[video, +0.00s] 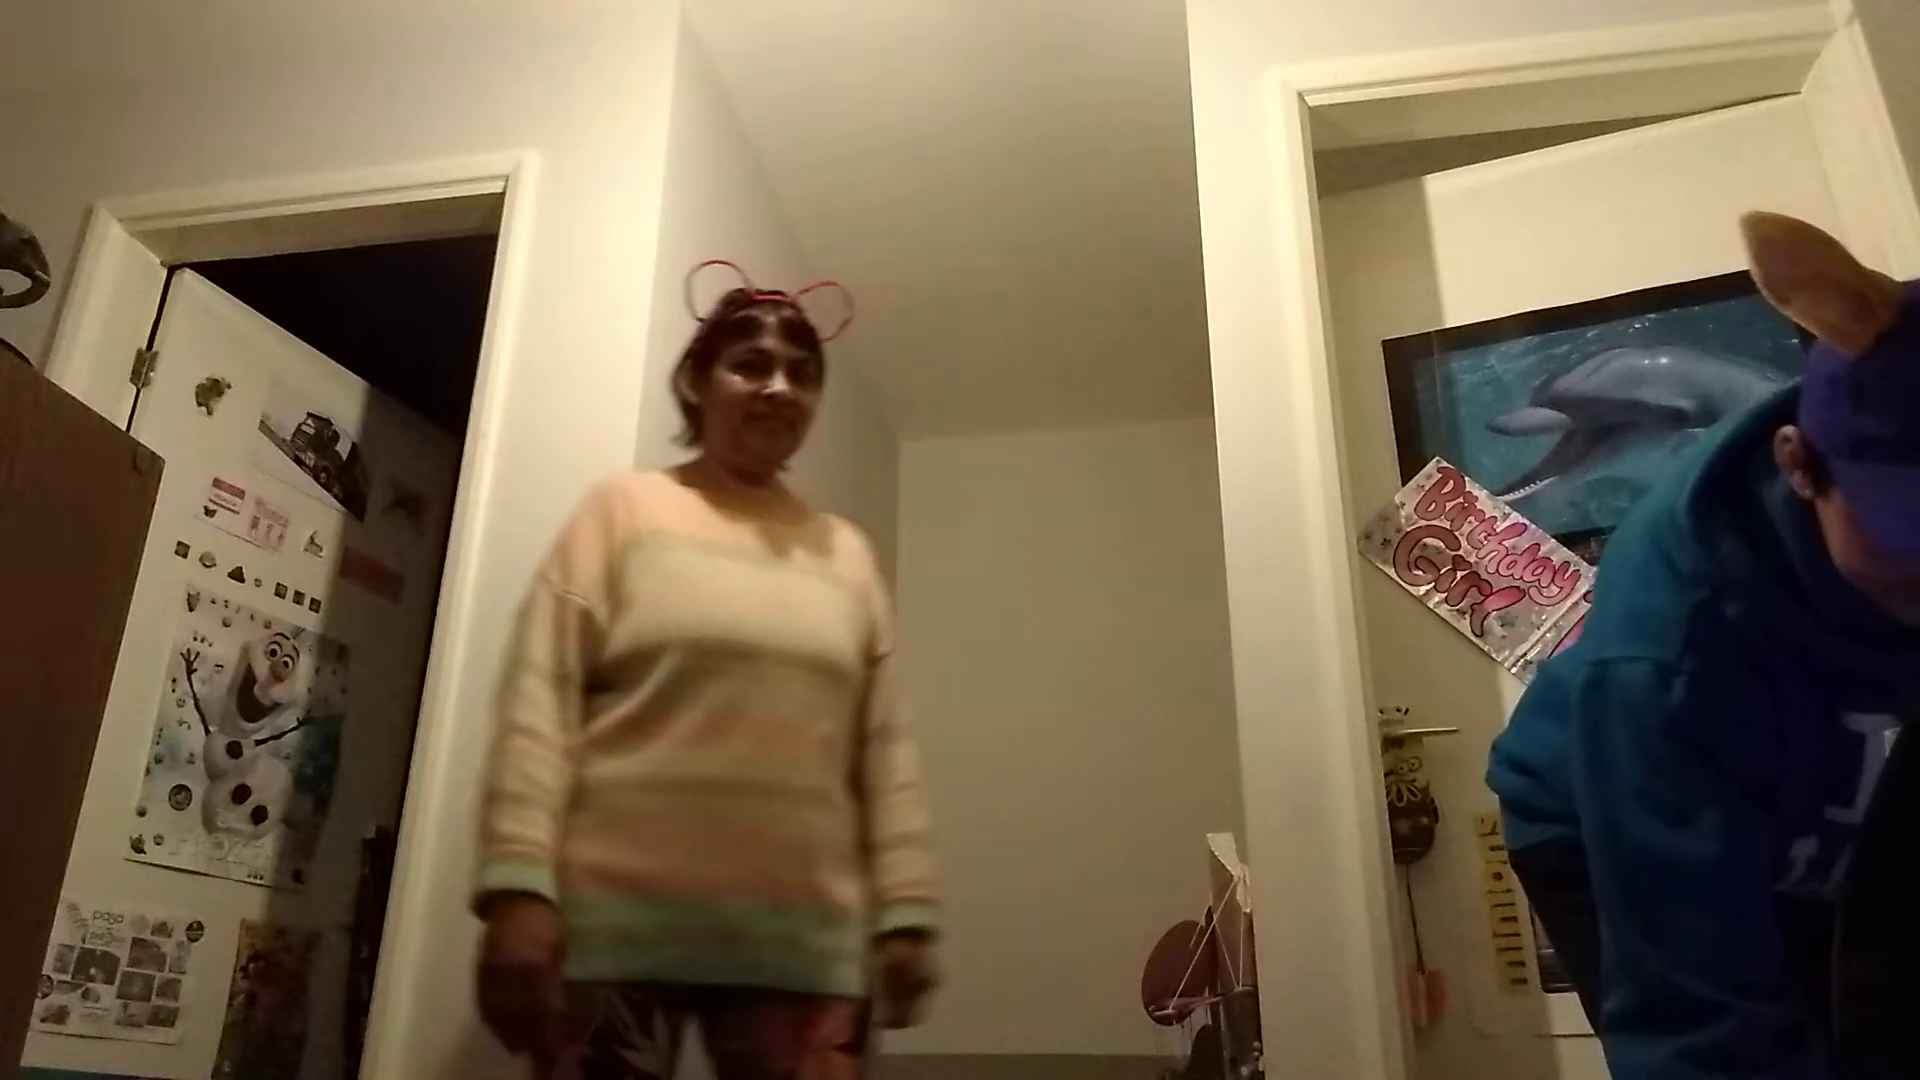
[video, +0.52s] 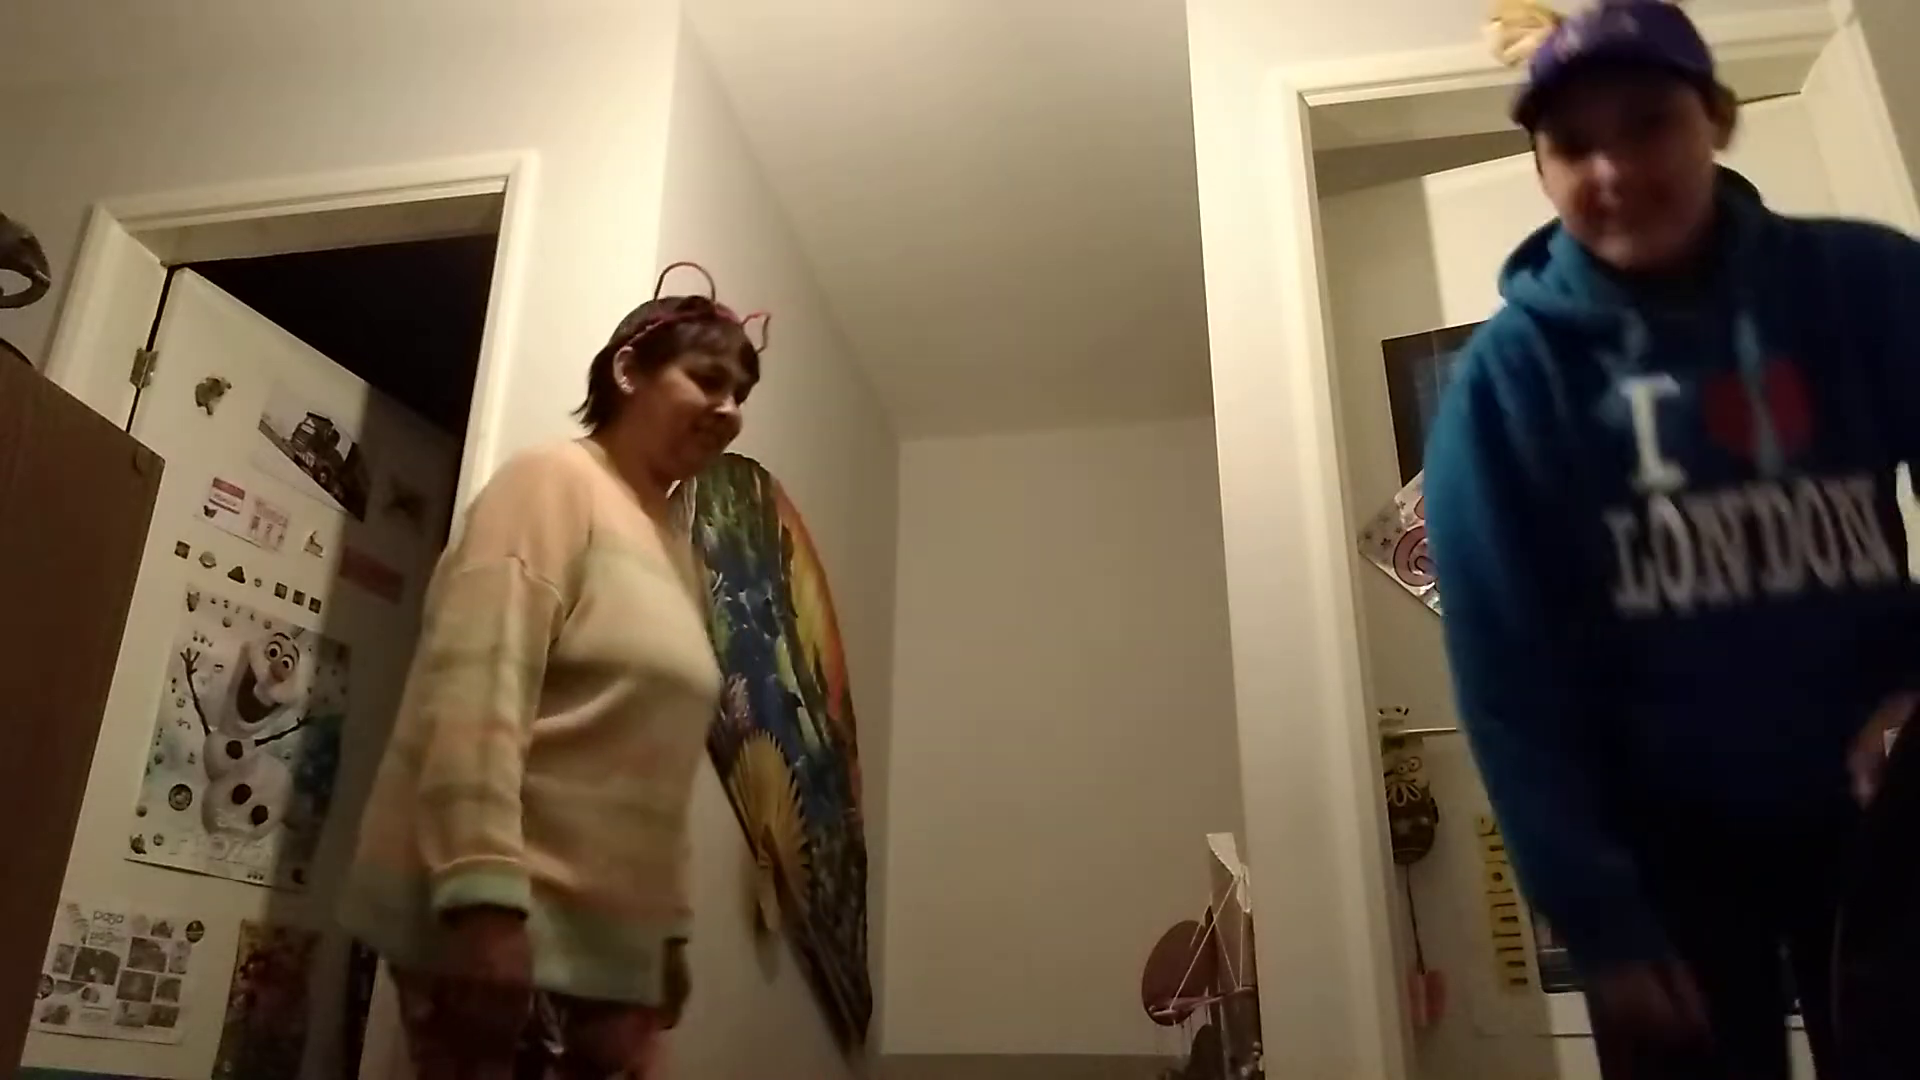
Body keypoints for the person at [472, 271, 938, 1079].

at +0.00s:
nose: (778, 389)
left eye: (800, 373)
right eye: (750, 366)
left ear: (817, 399)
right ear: (696, 383)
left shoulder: (846, 553)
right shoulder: (621, 512)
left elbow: (885, 747)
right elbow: (537, 704)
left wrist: (906, 918)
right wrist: (518, 891)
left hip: (800, 947)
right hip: (612, 937)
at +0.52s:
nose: (726, 410)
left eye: (740, 396)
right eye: (707, 378)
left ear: (741, 417)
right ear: (630, 370)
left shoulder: (673, 541)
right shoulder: (551, 482)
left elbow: (656, 768)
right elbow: (472, 694)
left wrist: (667, 940)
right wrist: (484, 902)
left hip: (615, 955)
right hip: (499, 938)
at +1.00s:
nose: (662, 475)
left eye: (673, 465)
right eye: (650, 446)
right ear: (574, 429)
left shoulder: (576, 583)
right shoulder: (479, 517)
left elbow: (563, 779)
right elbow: (373, 706)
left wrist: (564, 945)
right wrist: (357, 914)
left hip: (443, 955)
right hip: (349, 930)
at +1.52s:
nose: (540, 445)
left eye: (550, 431)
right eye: (523, 416)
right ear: (446, 400)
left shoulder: (468, 573)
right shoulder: (346, 490)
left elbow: (449, 735)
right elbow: (225, 656)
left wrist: (506, 819)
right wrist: (410, 754)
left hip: (334, 953)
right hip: (200, 924)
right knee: (168, 1068)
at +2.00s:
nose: (463, 411)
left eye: (470, 399)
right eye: (442, 381)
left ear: (468, 419)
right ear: (364, 376)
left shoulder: (418, 552)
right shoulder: (287, 476)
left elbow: (433, 761)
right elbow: (229, 633)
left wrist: (483, 649)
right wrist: (422, 584)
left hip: (346, 923)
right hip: (216, 904)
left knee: (318, 1068)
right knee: (184, 1063)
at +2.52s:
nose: (521, 436)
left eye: (527, 425)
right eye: (500, 409)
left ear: (521, 453)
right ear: (419, 407)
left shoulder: (458, 575)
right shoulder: (345, 507)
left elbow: (445, 834)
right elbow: (247, 683)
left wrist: (517, 717)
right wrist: (441, 632)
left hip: (364, 953)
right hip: (240, 932)